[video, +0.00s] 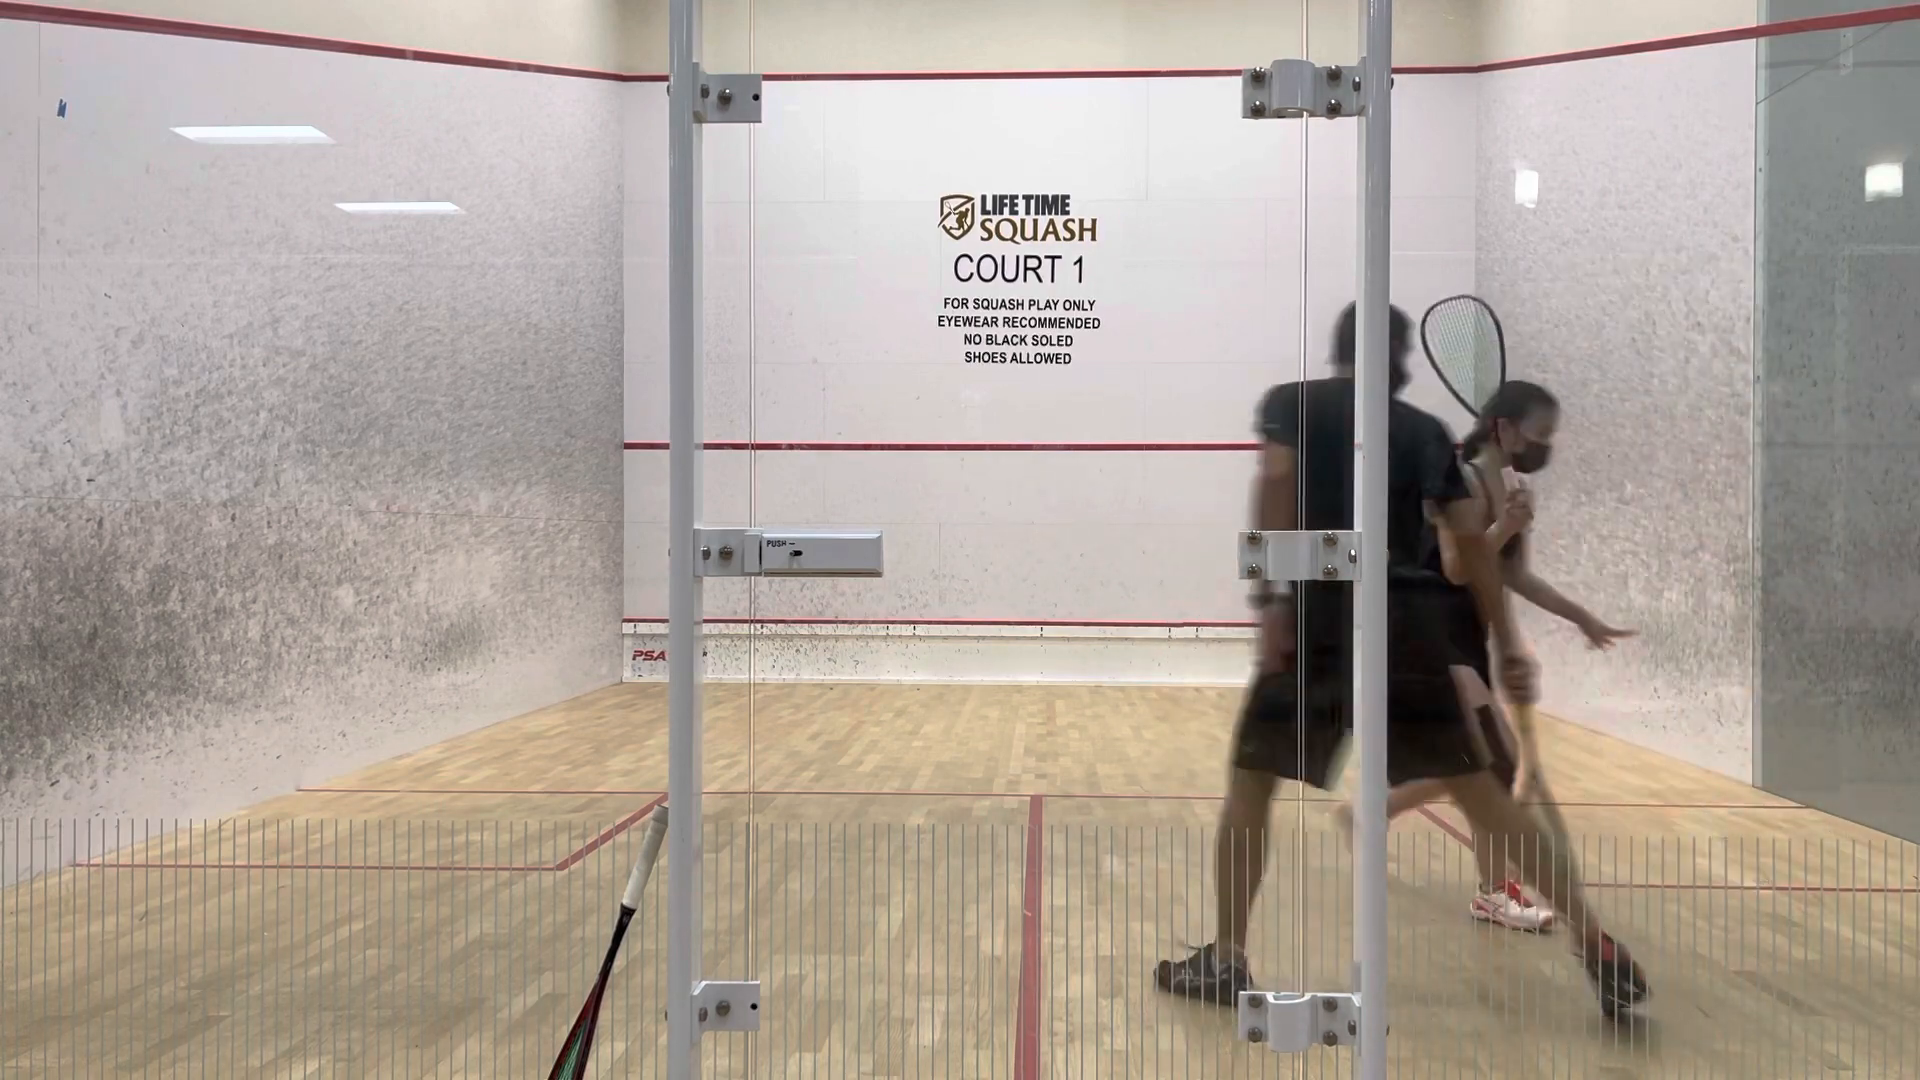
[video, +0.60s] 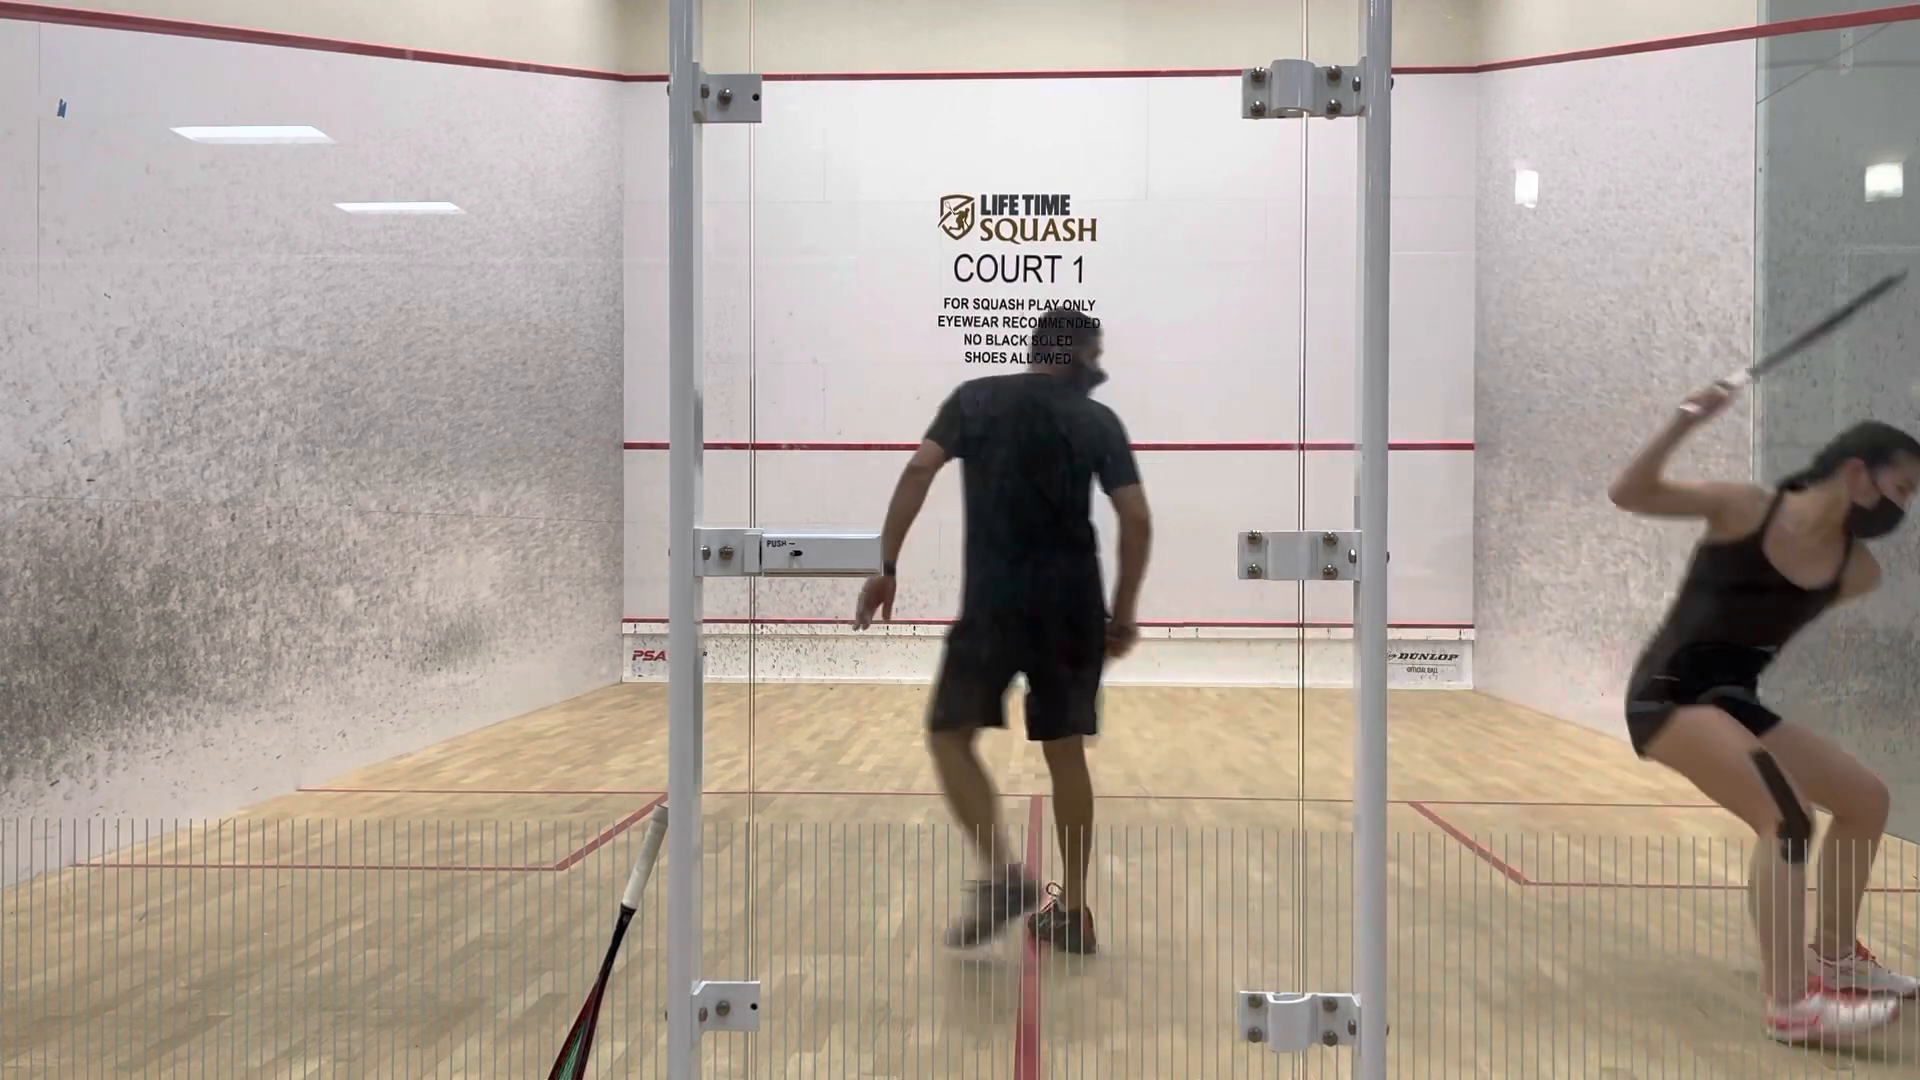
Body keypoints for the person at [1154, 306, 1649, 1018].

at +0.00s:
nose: (1394, 361)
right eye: (1399, 348)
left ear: (1334, 346)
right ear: (1402, 357)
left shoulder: (1291, 400)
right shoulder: (1426, 431)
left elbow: (1277, 482)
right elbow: (1471, 541)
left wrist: (1270, 599)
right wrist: (1510, 642)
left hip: (1309, 629)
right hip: (1411, 636)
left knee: (1250, 787)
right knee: (1487, 796)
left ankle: (1226, 953)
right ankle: (1598, 946)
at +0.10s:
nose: (1350, 356)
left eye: (1349, 344)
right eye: (1345, 345)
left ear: (1280, 340)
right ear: (1326, 344)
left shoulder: (1226, 391)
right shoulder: (1358, 419)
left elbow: (1175, 480)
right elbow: (1396, 533)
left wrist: (1156, 587)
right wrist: (1411, 639)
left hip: (1243, 625)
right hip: (1336, 625)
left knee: (1220, 784)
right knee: (1370, 770)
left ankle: (1224, 954)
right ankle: (1464, 905)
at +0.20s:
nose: (1296, 349)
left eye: (1295, 337)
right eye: (1294, 337)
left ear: (1229, 324)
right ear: (1274, 330)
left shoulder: (1166, 383)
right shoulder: (1299, 405)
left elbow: (1096, 466)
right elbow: (1322, 511)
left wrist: (1068, 552)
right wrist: (1334, 620)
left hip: (1193, 614)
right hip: (1279, 615)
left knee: (1206, 778)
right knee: (1275, 756)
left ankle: (1221, 950)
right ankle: (1306, 925)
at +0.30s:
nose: (1243, 357)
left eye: (1242, 344)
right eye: (1239, 345)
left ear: (1179, 335)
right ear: (1212, 338)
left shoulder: (1117, 394)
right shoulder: (1243, 412)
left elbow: (1033, 461)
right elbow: (1262, 509)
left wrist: (1005, 528)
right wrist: (1271, 618)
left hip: (1147, 615)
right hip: (1223, 617)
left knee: (1184, 777)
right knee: (1185, 769)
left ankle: (1220, 949)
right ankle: (1157, 915)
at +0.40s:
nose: (1195, 373)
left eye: (1195, 361)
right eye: (1191, 361)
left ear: (1133, 349)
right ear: (1162, 353)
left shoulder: (1069, 405)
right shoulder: (1191, 424)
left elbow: (984, 474)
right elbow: (1215, 516)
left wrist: (956, 526)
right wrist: (1219, 622)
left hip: (1089, 621)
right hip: (1166, 623)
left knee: (1126, 776)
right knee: (1124, 772)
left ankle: (1203, 931)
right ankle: (1080, 911)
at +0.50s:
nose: (1153, 375)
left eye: (1152, 364)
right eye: (1148, 363)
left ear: (1087, 356)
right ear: (1119, 361)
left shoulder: (1024, 406)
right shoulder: (1142, 430)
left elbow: (944, 477)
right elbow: (1176, 520)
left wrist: (910, 552)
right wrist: (1171, 624)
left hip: (1042, 620)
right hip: (1116, 623)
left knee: (1027, 762)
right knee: (1088, 761)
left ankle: (1114, 880)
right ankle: (1076, 910)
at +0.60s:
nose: (1101, 370)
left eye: (1099, 358)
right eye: (1098, 358)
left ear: (1034, 350)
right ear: (1081, 356)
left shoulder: (975, 398)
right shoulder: (1093, 418)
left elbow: (918, 470)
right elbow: (1136, 518)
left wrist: (886, 565)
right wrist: (1124, 611)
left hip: (990, 612)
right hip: (1071, 615)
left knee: (949, 738)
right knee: (1066, 751)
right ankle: (1072, 910)